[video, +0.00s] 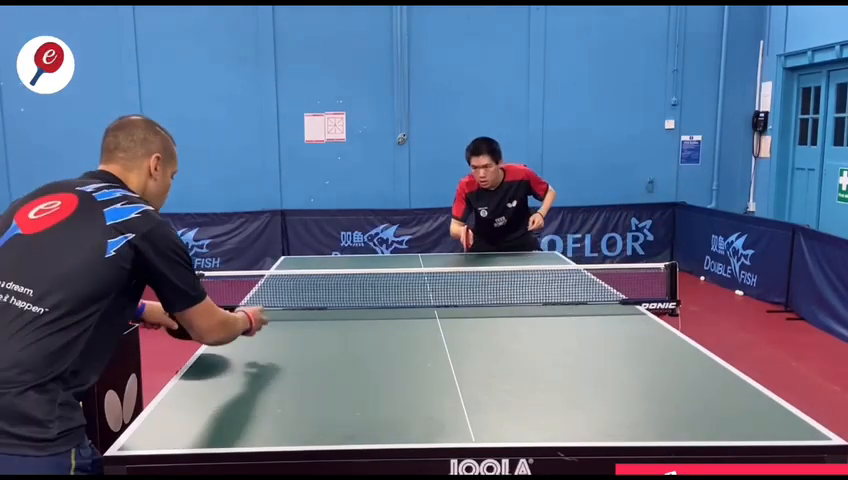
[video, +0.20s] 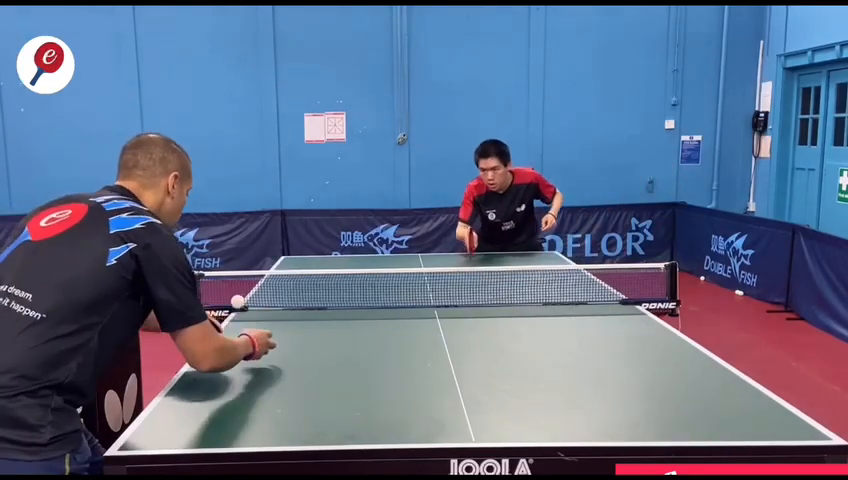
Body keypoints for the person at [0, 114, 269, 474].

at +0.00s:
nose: (168, 192)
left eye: (172, 179)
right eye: (171, 178)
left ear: (107, 157)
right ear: (153, 166)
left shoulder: (38, 198)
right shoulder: (144, 224)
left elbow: (64, 293)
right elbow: (210, 329)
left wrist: (153, 314)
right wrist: (242, 320)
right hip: (36, 436)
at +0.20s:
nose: (182, 209)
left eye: (186, 198)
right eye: (186, 195)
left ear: (124, 176)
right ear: (172, 184)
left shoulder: (55, 210)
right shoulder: (150, 234)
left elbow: (104, 307)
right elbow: (207, 356)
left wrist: (191, 322)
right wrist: (247, 344)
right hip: (36, 439)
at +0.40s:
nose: (183, 206)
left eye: (187, 196)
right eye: (186, 194)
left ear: (123, 178)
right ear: (173, 187)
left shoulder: (69, 213)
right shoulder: (138, 237)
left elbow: (127, 284)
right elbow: (193, 358)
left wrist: (206, 294)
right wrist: (242, 343)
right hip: (24, 427)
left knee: (90, 458)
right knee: (94, 465)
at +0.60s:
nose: (169, 182)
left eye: (171, 171)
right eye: (171, 169)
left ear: (105, 155)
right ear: (157, 163)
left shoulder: (56, 196)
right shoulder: (115, 221)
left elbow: (98, 277)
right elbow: (169, 355)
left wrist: (191, 279)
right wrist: (221, 342)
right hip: (20, 421)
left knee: (87, 466)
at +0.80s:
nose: (133, 154)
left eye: (135, 141)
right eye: (134, 141)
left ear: (60, 131)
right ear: (118, 137)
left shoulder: (8, 185)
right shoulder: (87, 213)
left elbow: (45, 290)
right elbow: (138, 355)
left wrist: (134, 291)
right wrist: (192, 346)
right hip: (21, 446)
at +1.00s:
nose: (123, 149)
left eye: (126, 135)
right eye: (124, 134)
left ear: (48, 125)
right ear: (106, 128)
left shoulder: (8, 174)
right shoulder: (77, 202)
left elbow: (30, 294)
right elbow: (112, 353)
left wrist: (116, 303)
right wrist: (168, 357)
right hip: (15, 442)